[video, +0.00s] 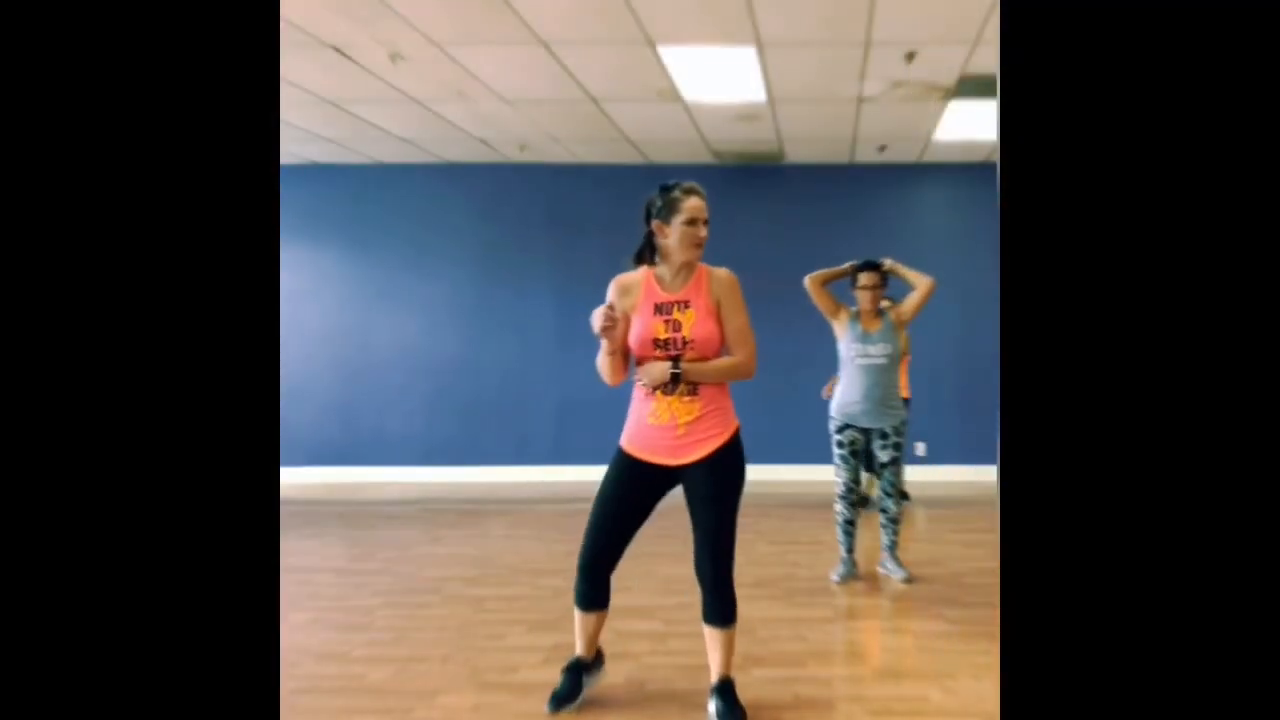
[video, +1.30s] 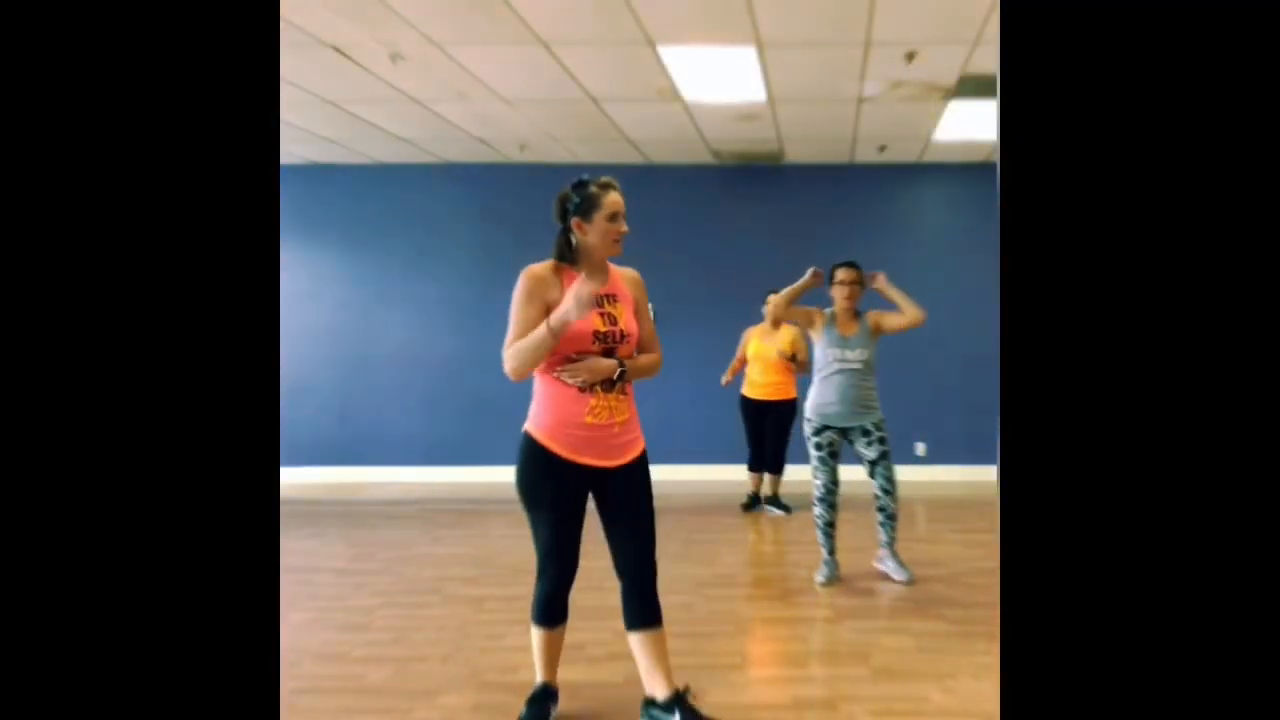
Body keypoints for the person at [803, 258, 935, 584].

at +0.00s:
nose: (870, 293)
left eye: (875, 287)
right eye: (863, 288)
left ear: (884, 291)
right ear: (854, 291)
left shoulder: (896, 320)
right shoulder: (841, 319)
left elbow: (927, 284)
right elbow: (811, 282)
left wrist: (895, 268)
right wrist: (848, 269)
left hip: (888, 416)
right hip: (847, 416)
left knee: (890, 491)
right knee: (847, 491)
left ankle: (889, 557)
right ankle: (846, 558)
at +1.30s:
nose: (847, 290)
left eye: (853, 284)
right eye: (841, 284)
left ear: (862, 289)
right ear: (831, 289)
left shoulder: (872, 322)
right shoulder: (817, 319)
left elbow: (916, 317)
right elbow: (775, 309)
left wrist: (885, 287)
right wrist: (806, 283)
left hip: (865, 417)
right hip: (822, 418)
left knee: (886, 483)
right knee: (825, 490)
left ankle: (887, 554)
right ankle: (828, 560)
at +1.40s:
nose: (851, 288)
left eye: (857, 283)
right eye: (845, 283)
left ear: (866, 289)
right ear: (835, 289)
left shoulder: (878, 323)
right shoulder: (822, 322)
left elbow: (922, 337)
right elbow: (776, 331)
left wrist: (903, 299)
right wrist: (796, 294)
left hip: (870, 418)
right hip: (827, 418)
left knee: (890, 486)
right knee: (827, 491)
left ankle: (899, 554)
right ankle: (828, 560)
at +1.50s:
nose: (858, 288)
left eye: (864, 283)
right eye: (852, 282)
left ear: (873, 289)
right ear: (842, 289)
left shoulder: (885, 324)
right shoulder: (828, 324)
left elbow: (920, 358)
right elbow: (796, 357)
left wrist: (920, 327)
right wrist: (793, 324)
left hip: (877, 420)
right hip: (834, 419)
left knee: (894, 488)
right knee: (831, 491)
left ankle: (906, 557)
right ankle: (828, 560)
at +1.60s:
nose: (867, 288)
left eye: (873, 282)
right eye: (861, 282)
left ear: (882, 290)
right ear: (850, 290)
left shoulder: (895, 326)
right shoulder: (836, 327)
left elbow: (916, 365)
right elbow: (818, 370)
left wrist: (930, 364)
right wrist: (803, 366)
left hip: (888, 421)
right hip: (844, 421)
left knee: (900, 491)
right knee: (838, 491)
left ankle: (907, 558)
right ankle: (829, 560)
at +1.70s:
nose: (877, 288)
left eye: (883, 282)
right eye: (870, 282)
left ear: (892, 289)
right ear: (860, 290)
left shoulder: (904, 325)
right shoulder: (846, 328)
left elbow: (921, 366)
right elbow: (837, 372)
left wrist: (932, 390)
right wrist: (826, 399)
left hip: (899, 421)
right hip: (855, 421)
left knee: (907, 491)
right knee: (844, 490)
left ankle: (908, 558)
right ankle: (831, 559)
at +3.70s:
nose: (878, 285)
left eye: (884, 279)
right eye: (872, 280)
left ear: (892, 287)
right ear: (861, 286)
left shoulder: (904, 325)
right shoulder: (845, 324)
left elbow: (921, 369)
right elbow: (828, 370)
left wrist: (905, 392)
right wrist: (852, 400)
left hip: (894, 418)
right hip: (854, 418)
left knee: (893, 491)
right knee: (857, 490)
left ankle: (889, 557)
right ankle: (860, 558)